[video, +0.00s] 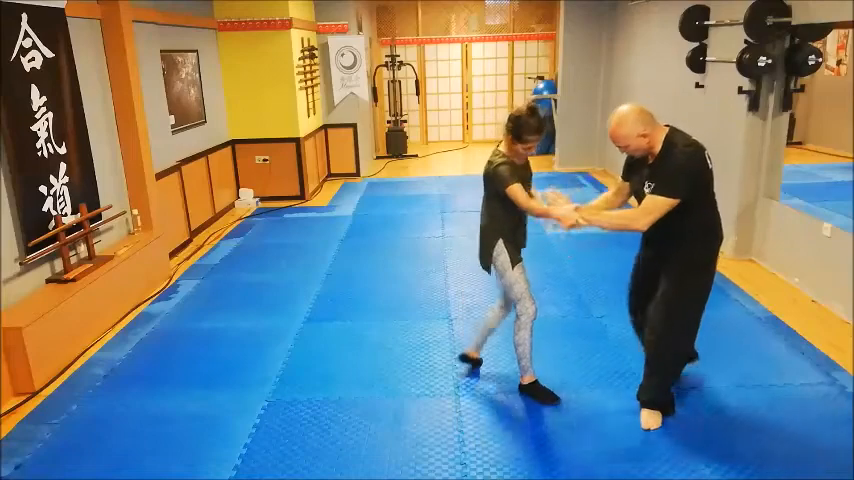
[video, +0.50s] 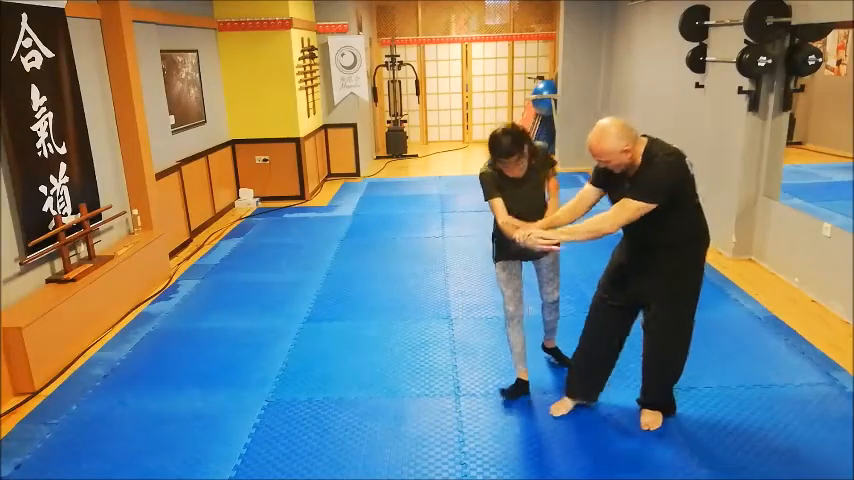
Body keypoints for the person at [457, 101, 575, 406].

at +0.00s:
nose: (530, 152)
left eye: (534, 147)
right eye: (525, 147)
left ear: (537, 138)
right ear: (510, 137)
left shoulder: (519, 158)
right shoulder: (501, 168)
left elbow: (527, 194)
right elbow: (526, 205)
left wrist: (548, 206)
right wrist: (558, 214)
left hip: (510, 240)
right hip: (499, 244)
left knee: (506, 304)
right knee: (526, 310)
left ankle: (472, 352)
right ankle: (527, 379)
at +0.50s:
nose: (514, 170)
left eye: (518, 163)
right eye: (506, 166)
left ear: (526, 151)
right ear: (496, 160)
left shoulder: (542, 158)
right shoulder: (489, 176)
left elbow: (554, 203)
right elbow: (502, 220)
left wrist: (540, 227)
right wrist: (528, 239)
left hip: (545, 236)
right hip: (508, 241)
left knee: (551, 298)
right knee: (513, 311)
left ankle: (550, 343)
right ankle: (521, 377)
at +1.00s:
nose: (485, 202)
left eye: (488, 196)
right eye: (481, 199)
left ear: (501, 179)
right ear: (477, 189)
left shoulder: (534, 175)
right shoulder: (480, 195)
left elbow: (559, 194)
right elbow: (504, 235)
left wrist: (546, 233)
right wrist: (529, 258)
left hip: (546, 241)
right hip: (511, 248)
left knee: (556, 299)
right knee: (513, 313)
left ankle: (560, 342)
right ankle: (521, 381)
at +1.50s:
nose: (495, 202)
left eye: (499, 197)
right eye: (490, 200)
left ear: (509, 177)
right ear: (481, 190)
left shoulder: (535, 171)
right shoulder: (482, 196)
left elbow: (552, 192)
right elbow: (505, 228)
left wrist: (546, 229)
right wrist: (541, 260)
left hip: (537, 237)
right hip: (502, 245)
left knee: (552, 297)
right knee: (507, 315)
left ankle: (556, 342)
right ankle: (520, 381)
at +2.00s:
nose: (516, 139)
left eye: (519, 132)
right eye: (512, 133)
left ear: (516, 124)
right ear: (491, 128)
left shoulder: (492, 153)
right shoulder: (489, 164)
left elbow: (495, 197)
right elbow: (533, 211)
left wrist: (519, 212)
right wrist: (578, 234)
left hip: (498, 242)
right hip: (486, 246)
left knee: (505, 304)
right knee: (499, 315)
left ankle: (498, 355)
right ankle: (486, 378)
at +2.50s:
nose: (496, 124)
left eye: (495, 117)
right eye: (492, 118)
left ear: (468, 120)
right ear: (475, 121)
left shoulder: (436, 155)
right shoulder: (487, 161)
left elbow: (420, 203)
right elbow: (526, 210)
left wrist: (449, 204)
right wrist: (571, 232)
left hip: (448, 252)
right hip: (484, 252)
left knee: (447, 319)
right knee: (501, 315)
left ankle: (442, 390)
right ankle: (496, 387)